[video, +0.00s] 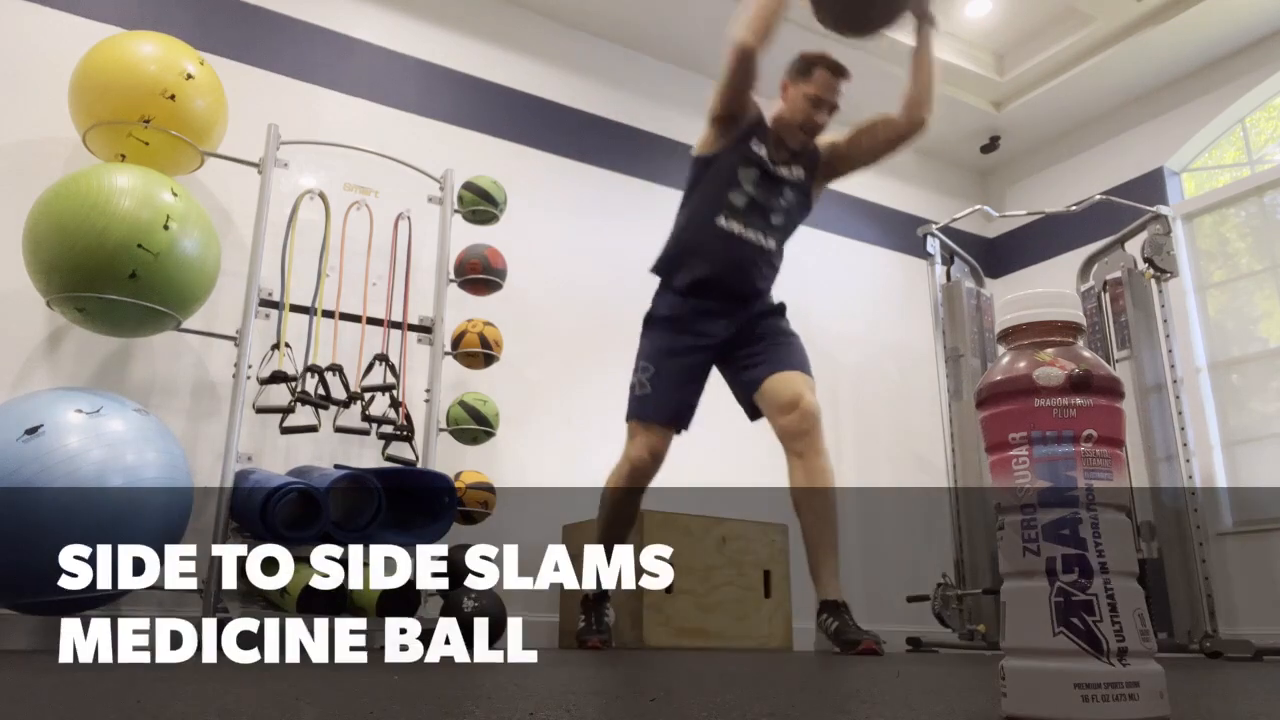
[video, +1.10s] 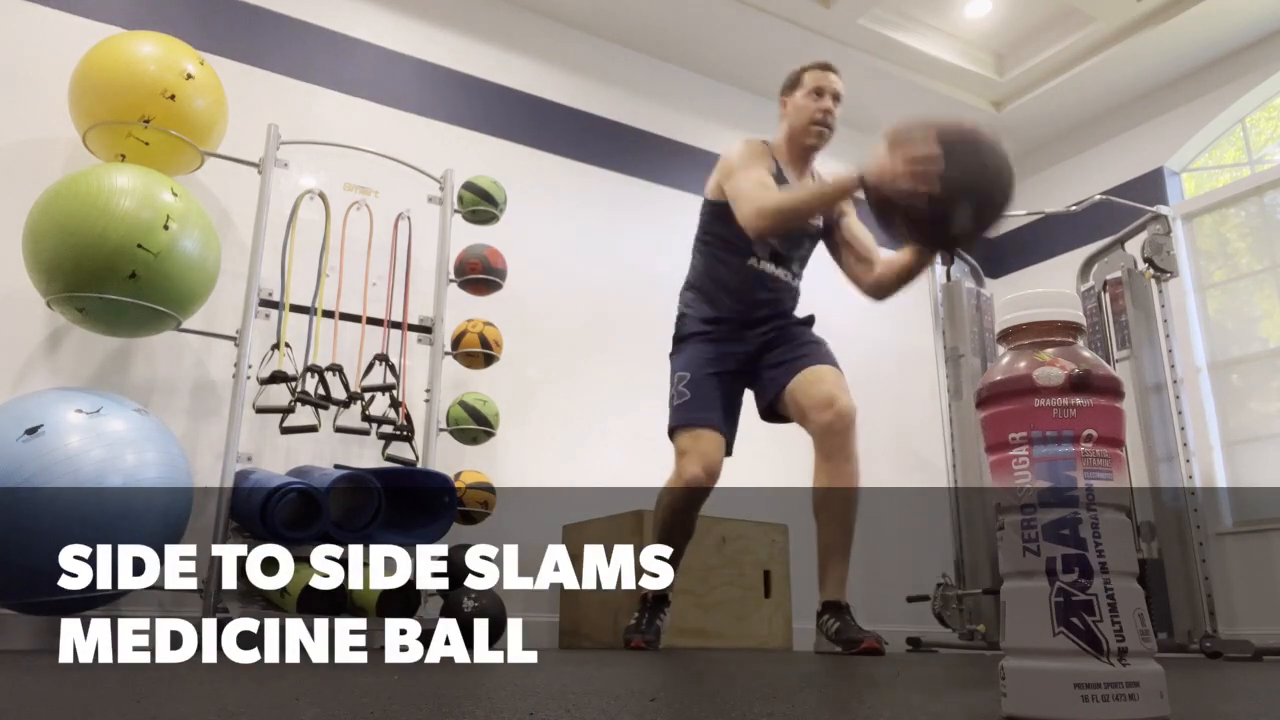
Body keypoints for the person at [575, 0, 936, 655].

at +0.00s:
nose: (821, 117)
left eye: (831, 110)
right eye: (814, 102)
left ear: (833, 113)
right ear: (783, 90)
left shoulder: (816, 166)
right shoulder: (733, 127)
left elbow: (912, 119)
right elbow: (743, 51)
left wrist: (924, 25)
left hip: (753, 318)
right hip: (681, 313)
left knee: (801, 419)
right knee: (641, 459)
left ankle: (832, 606)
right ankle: (597, 591)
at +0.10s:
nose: (860, 144)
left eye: (868, 136)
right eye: (854, 129)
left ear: (866, 145)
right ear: (820, 124)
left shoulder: (841, 205)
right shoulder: (755, 159)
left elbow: (933, 211)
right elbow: (807, 157)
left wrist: (973, 135)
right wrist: (867, 46)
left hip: (764, 340)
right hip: (693, 334)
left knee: (813, 416)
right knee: (657, 472)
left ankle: (831, 612)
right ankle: (604, 589)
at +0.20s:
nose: (880, 205)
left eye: (889, 195)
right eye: (877, 188)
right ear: (841, 167)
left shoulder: (864, 245)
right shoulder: (774, 200)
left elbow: (915, 317)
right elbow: (811, 283)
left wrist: (973, 276)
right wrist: (904, 249)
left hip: (773, 355)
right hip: (701, 348)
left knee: (831, 416)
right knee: (670, 472)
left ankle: (833, 611)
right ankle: (618, 587)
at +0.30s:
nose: (904, 239)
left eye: (913, 228)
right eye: (899, 221)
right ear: (863, 200)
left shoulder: (876, 278)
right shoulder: (791, 232)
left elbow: (908, 370)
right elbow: (802, 357)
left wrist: (969, 424)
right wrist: (866, 448)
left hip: (777, 371)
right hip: (706, 363)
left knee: (849, 429)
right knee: (678, 475)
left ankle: (835, 612)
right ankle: (648, 597)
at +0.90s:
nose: (887, 160)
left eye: (895, 152)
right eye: (877, 145)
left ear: (896, 166)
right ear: (836, 146)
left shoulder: (858, 237)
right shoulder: (778, 199)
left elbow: (870, 345)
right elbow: (774, 318)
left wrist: (931, 396)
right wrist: (862, 376)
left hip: (771, 354)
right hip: (705, 346)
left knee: (839, 411)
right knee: (698, 481)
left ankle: (834, 610)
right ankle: (653, 601)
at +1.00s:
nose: (859, 126)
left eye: (866, 119)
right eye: (848, 112)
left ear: (867, 135)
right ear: (811, 119)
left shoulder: (846, 213)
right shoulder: (761, 174)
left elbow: (863, 314)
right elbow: (767, 276)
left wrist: (912, 315)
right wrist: (868, 288)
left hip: (777, 338)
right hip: (709, 335)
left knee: (837, 416)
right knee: (698, 476)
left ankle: (834, 612)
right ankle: (654, 600)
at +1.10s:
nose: (827, 106)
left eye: (835, 100)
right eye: (816, 94)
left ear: (837, 117)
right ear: (784, 103)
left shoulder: (828, 193)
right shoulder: (746, 155)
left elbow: (876, 279)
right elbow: (757, 215)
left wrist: (933, 239)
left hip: (780, 331)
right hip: (709, 328)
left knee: (836, 414)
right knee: (698, 470)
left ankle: (833, 611)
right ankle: (653, 600)